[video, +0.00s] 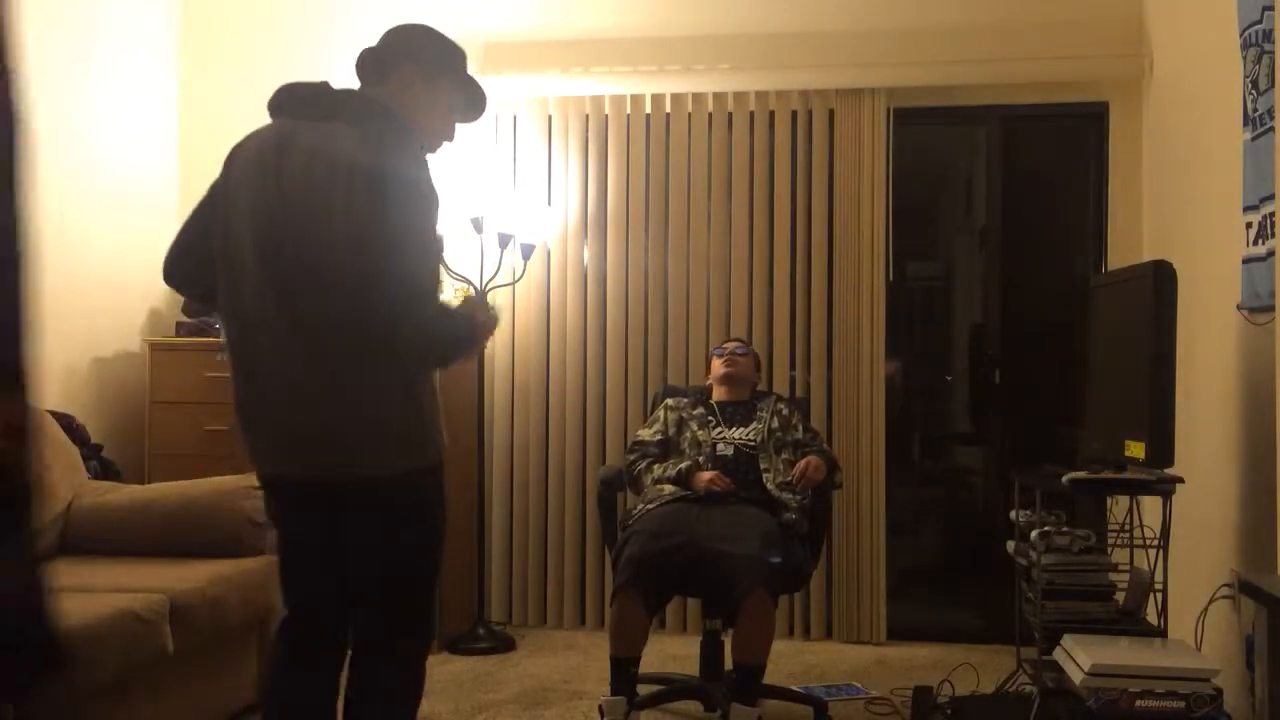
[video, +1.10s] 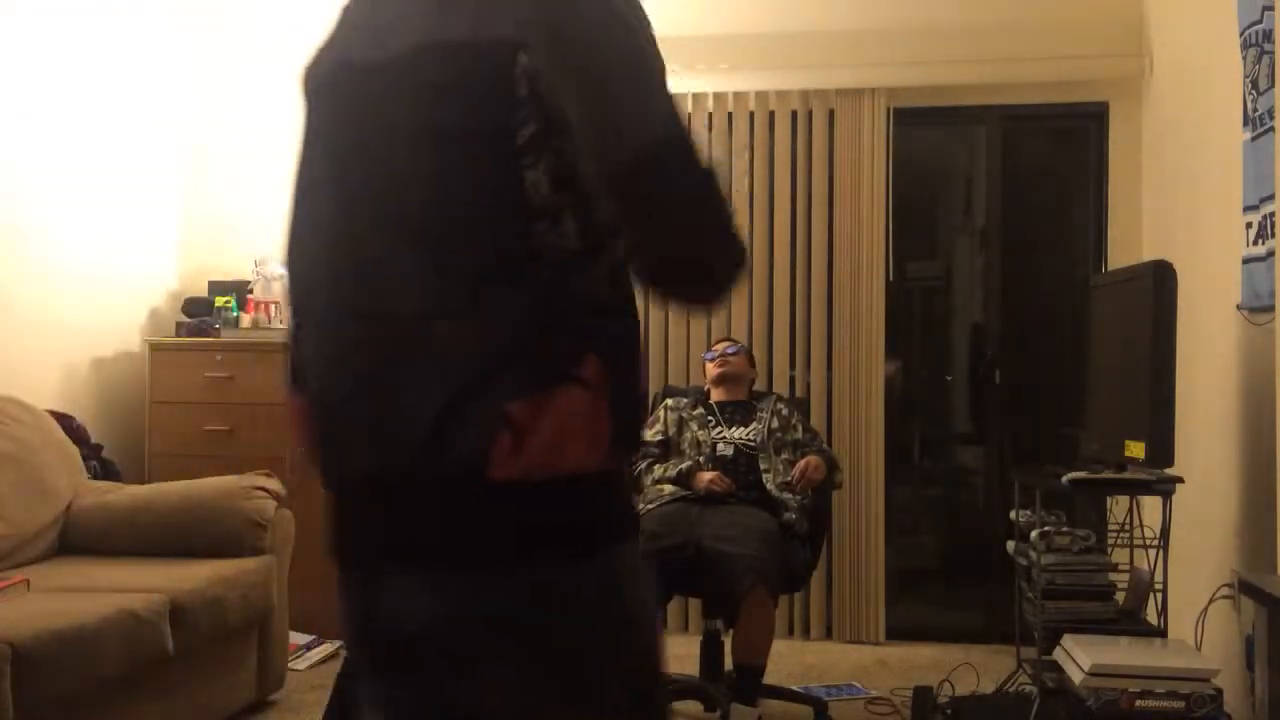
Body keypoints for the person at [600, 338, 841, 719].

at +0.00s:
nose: (729, 353)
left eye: (740, 350)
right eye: (720, 351)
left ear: (757, 372)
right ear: (708, 372)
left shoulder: (779, 412)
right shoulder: (674, 409)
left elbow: (822, 454)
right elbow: (639, 465)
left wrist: (819, 461)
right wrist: (689, 476)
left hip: (749, 508)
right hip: (673, 505)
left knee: (756, 576)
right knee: (638, 567)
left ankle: (746, 705)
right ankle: (621, 695)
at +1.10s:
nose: (722, 354)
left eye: (733, 349)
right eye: (714, 353)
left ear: (752, 370)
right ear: (704, 374)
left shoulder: (780, 411)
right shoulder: (674, 407)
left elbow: (826, 463)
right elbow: (643, 469)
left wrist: (819, 460)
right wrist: (690, 477)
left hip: (749, 508)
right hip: (675, 506)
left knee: (757, 580)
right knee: (634, 572)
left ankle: (745, 704)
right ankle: (637, 693)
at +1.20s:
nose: (722, 358)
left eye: (731, 352)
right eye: (715, 355)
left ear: (752, 369)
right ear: (708, 370)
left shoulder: (773, 407)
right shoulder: (694, 406)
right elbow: (667, 459)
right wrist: (694, 477)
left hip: (758, 511)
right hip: (695, 511)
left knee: (756, 584)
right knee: (681, 578)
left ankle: (746, 698)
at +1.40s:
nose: (742, 379)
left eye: (747, 371)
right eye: (734, 371)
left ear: (754, 374)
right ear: (720, 376)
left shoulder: (777, 412)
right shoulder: (706, 420)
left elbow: (825, 459)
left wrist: (819, 462)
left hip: (781, 532)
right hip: (725, 533)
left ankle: (752, 684)